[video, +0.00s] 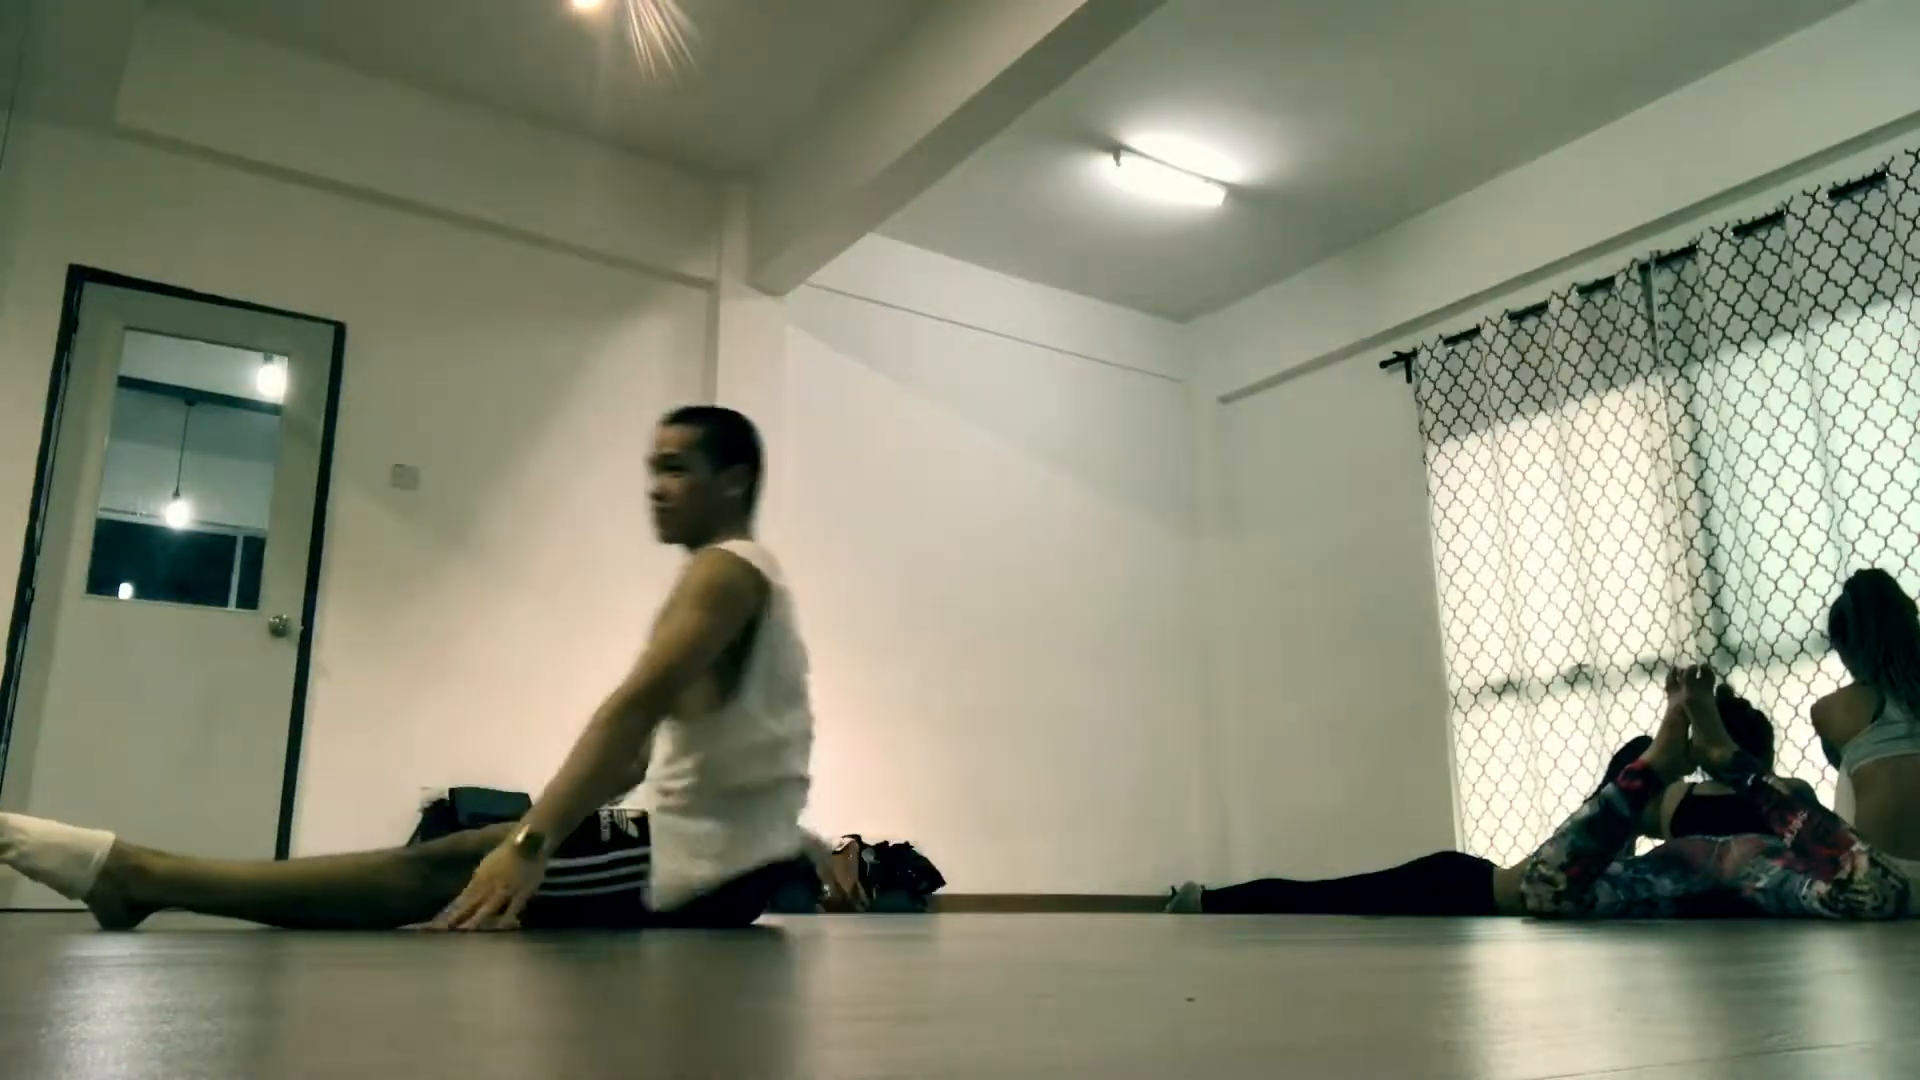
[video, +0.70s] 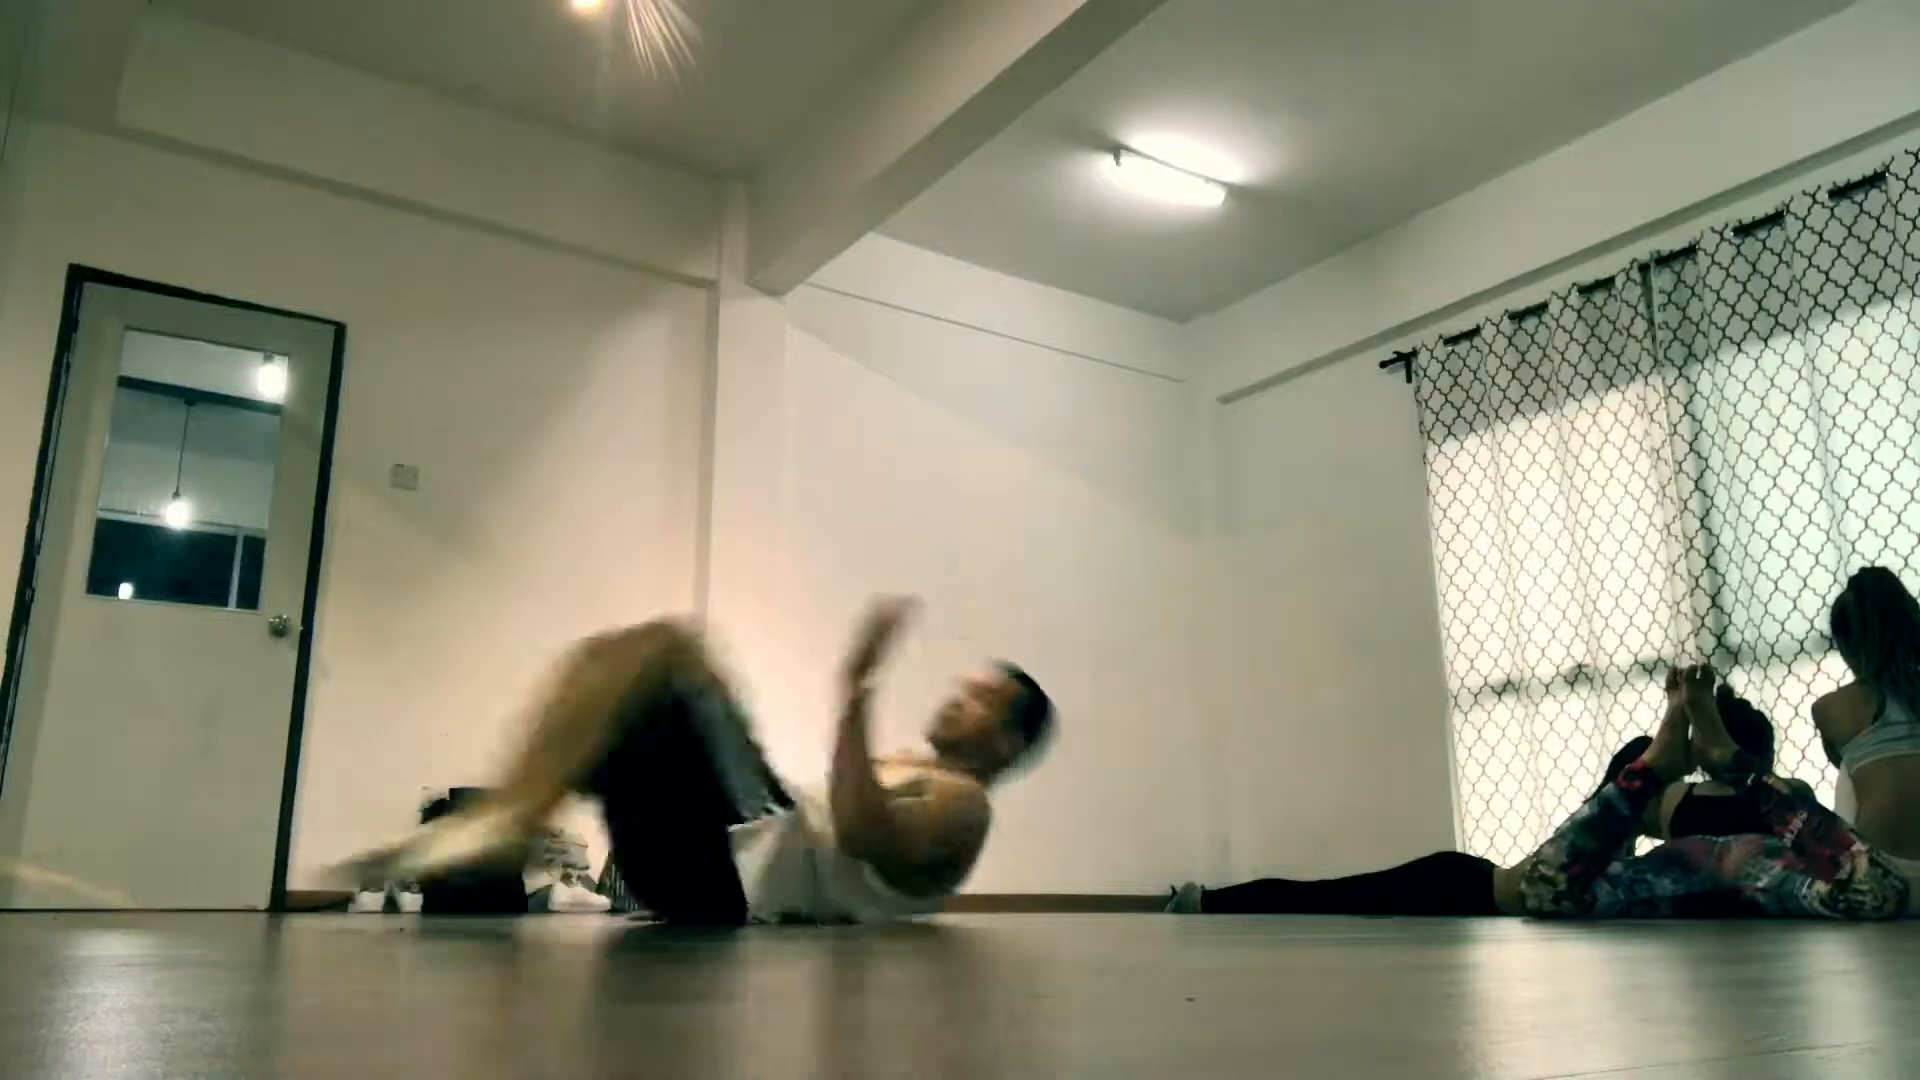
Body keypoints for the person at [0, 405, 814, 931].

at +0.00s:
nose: (657, 488)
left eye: (677, 469)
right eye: (655, 471)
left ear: (736, 481)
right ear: (692, 484)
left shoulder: (727, 573)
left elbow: (635, 711)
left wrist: (527, 849)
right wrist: (536, 839)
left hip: (716, 856)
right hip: (712, 847)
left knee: (437, 869)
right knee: (445, 860)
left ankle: (139, 880)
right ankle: (145, 883)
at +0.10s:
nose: (695, 505)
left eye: (714, 487)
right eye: (694, 488)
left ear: (774, 497)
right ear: (727, 500)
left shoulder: (775, 590)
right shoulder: (753, 598)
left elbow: (687, 715)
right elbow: (689, 734)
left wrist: (557, 818)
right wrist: (570, 821)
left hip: (714, 849)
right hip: (692, 839)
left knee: (444, 862)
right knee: (441, 856)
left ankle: (144, 873)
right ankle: (156, 879)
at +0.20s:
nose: (727, 525)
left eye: (745, 506)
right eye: (725, 507)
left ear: (803, 516)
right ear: (750, 520)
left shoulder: (814, 612)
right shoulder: (764, 627)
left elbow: (768, 732)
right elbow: (731, 762)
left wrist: (622, 805)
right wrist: (612, 822)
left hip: (719, 859)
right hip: (686, 844)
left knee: (455, 861)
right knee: (452, 839)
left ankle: (154, 876)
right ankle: (173, 886)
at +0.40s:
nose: (785, 558)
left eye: (805, 542)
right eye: (786, 541)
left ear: (860, 555)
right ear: (809, 553)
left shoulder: (872, 644)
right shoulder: (795, 646)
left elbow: (865, 776)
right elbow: (756, 755)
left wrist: (749, 803)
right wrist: (680, 792)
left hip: (706, 842)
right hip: (673, 824)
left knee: (462, 861)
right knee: (441, 854)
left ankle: (183, 879)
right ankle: (176, 881)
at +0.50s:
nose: (830, 599)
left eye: (850, 588)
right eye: (832, 584)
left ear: (896, 607)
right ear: (843, 594)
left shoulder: (905, 696)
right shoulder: (820, 689)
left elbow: (880, 816)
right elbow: (777, 783)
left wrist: (763, 792)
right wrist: (692, 796)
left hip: (731, 850)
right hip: (693, 822)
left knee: (495, 840)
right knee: (454, 836)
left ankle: (189, 873)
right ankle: (178, 884)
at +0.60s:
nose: (891, 651)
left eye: (914, 645)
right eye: (895, 639)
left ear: (955, 672)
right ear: (899, 657)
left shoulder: (940, 758)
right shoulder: (857, 736)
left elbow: (873, 851)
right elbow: (811, 829)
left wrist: (783, 748)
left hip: (741, 870)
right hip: (714, 857)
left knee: (532, 725)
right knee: (514, 750)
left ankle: (271, 873)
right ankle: (271, 877)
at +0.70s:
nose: (958, 697)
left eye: (982, 697)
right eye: (967, 686)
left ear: (1006, 740)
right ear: (957, 707)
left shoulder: (961, 808)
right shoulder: (915, 787)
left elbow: (862, 832)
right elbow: (824, 842)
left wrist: (860, 686)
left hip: (730, 880)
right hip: (705, 866)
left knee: (661, 651)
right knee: (609, 658)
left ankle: (503, 825)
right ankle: (497, 828)